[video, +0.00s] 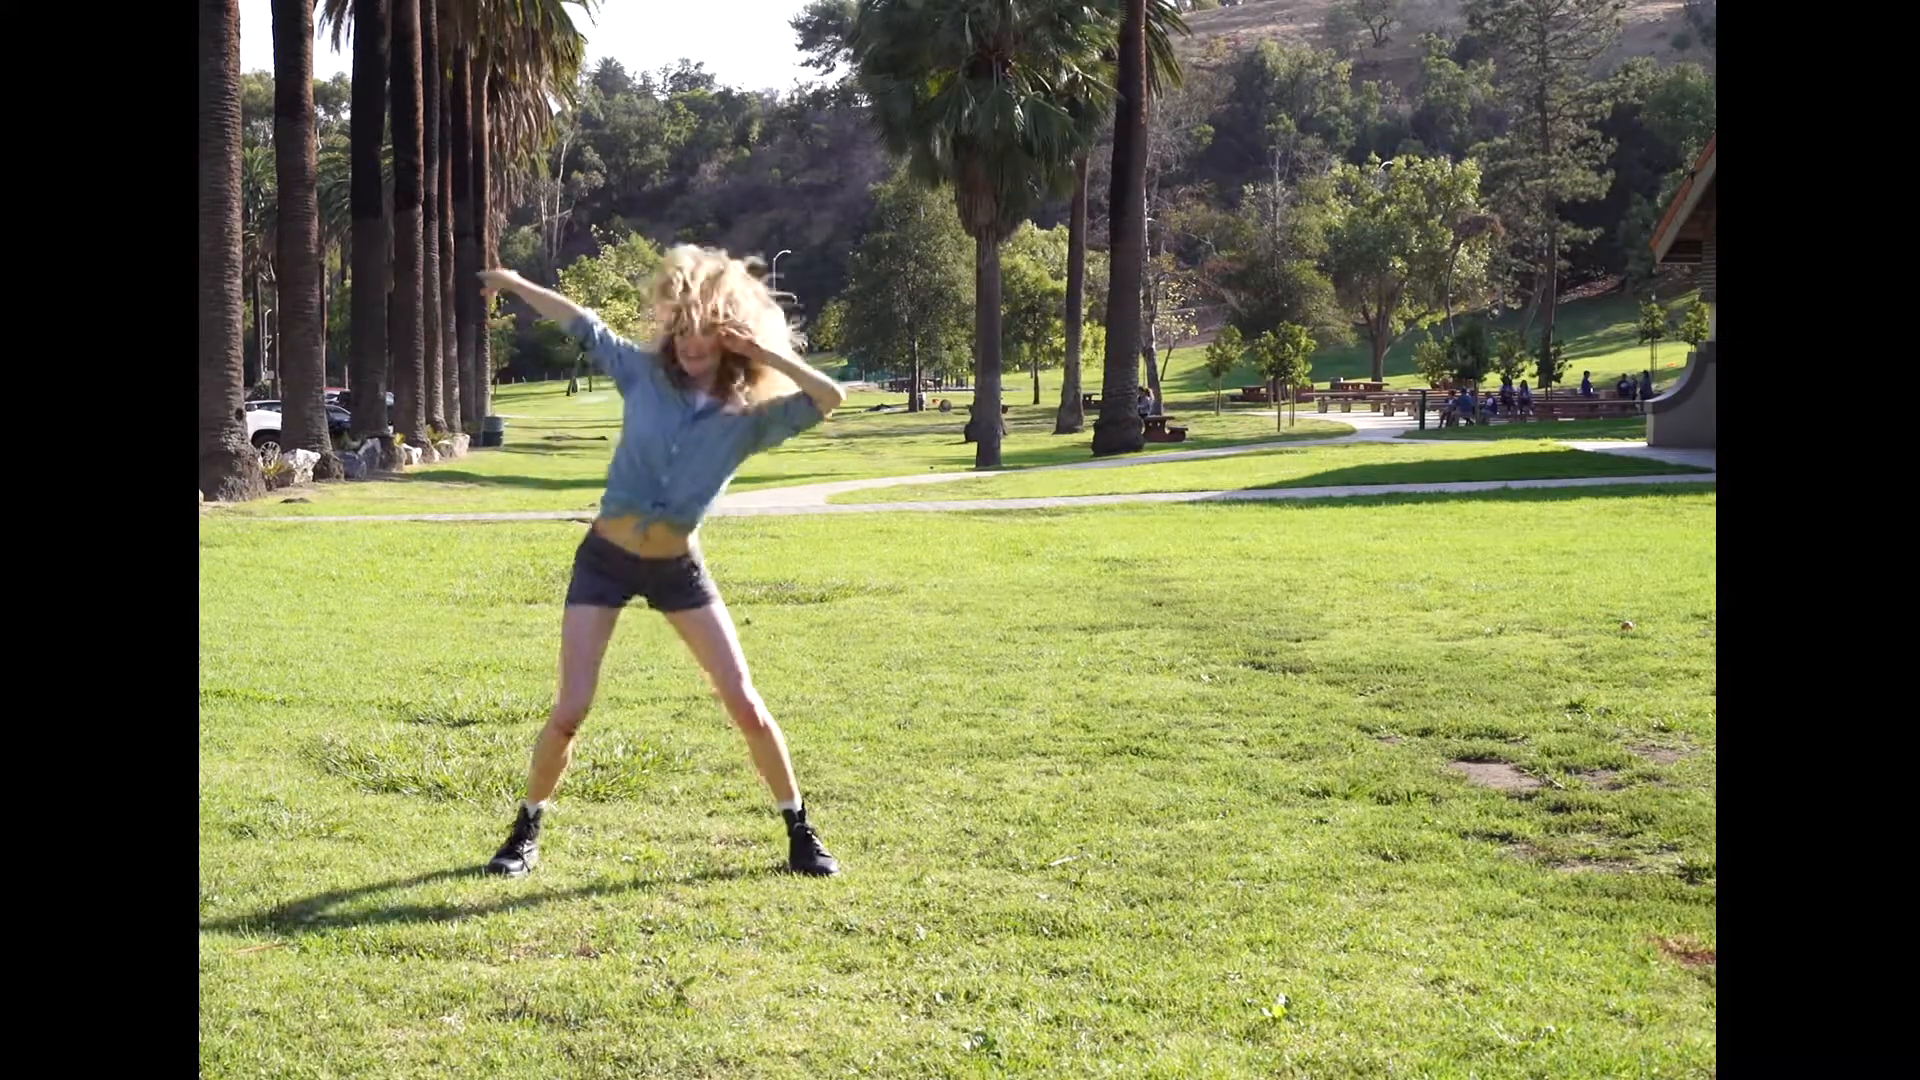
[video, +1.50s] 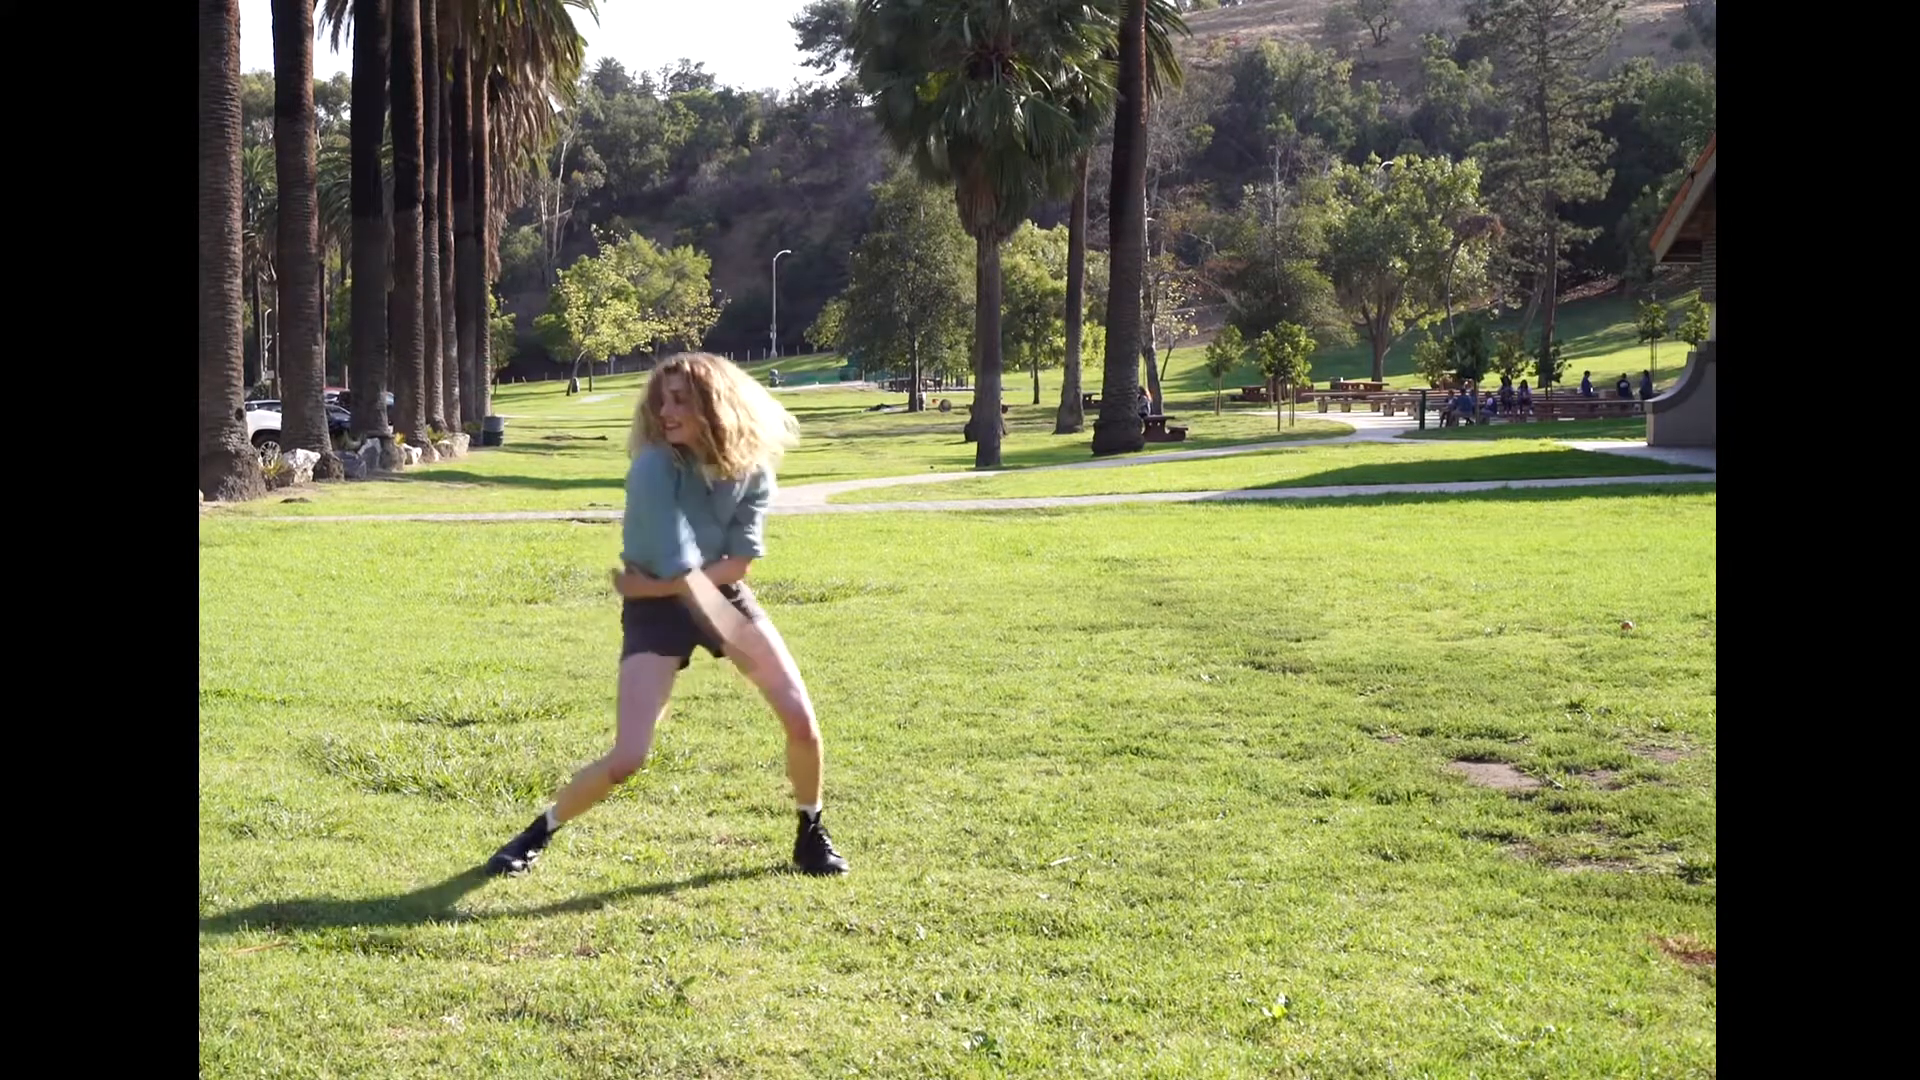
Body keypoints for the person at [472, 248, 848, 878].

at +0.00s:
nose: (691, 343)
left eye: (704, 333)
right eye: (684, 331)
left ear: (731, 343)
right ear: (673, 333)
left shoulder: (746, 422)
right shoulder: (642, 376)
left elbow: (829, 398)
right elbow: (579, 321)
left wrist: (761, 348)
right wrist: (507, 279)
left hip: (676, 569)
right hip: (604, 558)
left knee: (744, 703)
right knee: (569, 713)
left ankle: (801, 833)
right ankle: (525, 831)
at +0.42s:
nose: (682, 423)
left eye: (694, 416)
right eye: (678, 414)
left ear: (721, 428)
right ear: (671, 419)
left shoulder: (737, 494)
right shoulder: (639, 453)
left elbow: (786, 513)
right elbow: (570, 416)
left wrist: (751, 451)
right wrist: (508, 383)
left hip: (673, 611)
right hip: (603, 598)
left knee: (760, 722)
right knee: (561, 724)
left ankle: (801, 838)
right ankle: (522, 835)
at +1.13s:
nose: (675, 433)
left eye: (689, 423)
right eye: (671, 422)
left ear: (720, 434)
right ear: (664, 427)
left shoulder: (742, 514)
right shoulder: (647, 467)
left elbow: (685, 567)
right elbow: (572, 448)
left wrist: (702, 486)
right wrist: (501, 423)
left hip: (657, 632)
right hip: (588, 608)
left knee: (739, 740)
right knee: (549, 729)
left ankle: (793, 838)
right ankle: (520, 837)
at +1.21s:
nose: (683, 439)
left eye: (698, 429)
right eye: (679, 428)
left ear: (729, 441)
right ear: (673, 436)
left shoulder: (750, 528)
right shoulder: (657, 480)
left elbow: (680, 601)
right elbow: (574, 489)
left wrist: (680, 515)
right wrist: (479, 482)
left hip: (662, 629)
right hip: (602, 601)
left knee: (752, 728)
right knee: (535, 726)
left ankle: (796, 839)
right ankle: (517, 838)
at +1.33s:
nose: (681, 430)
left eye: (696, 421)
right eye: (677, 421)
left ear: (729, 435)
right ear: (671, 434)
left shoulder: (771, 510)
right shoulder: (655, 491)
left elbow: (736, 589)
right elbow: (570, 547)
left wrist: (658, 587)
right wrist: (477, 596)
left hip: (689, 620)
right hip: (626, 609)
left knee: (776, 724)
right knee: (562, 731)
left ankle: (802, 839)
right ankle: (520, 839)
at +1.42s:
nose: (673, 421)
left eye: (687, 410)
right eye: (668, 410)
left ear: (721, 418)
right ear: (661, 420)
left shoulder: (769, 483)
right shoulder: (656, 483)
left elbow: (752, 572)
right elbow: (619, 577)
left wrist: (678, 597)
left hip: (713, 611)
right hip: (642, 612)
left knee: (788, 729)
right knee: (598, 745)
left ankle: (804, 841)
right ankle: (527, 833)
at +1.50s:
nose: (666, 413)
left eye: (679, 401)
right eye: (660, 403)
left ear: (713, 406)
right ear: (654, 409)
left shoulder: (750, 468)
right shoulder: (653, 466)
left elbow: (739, 562)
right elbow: (680, 567)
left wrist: (649, 585)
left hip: (723, 593)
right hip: (657, 601)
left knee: (801, 719)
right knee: (629, 756)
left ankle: (812, 835)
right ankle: (540, 832)